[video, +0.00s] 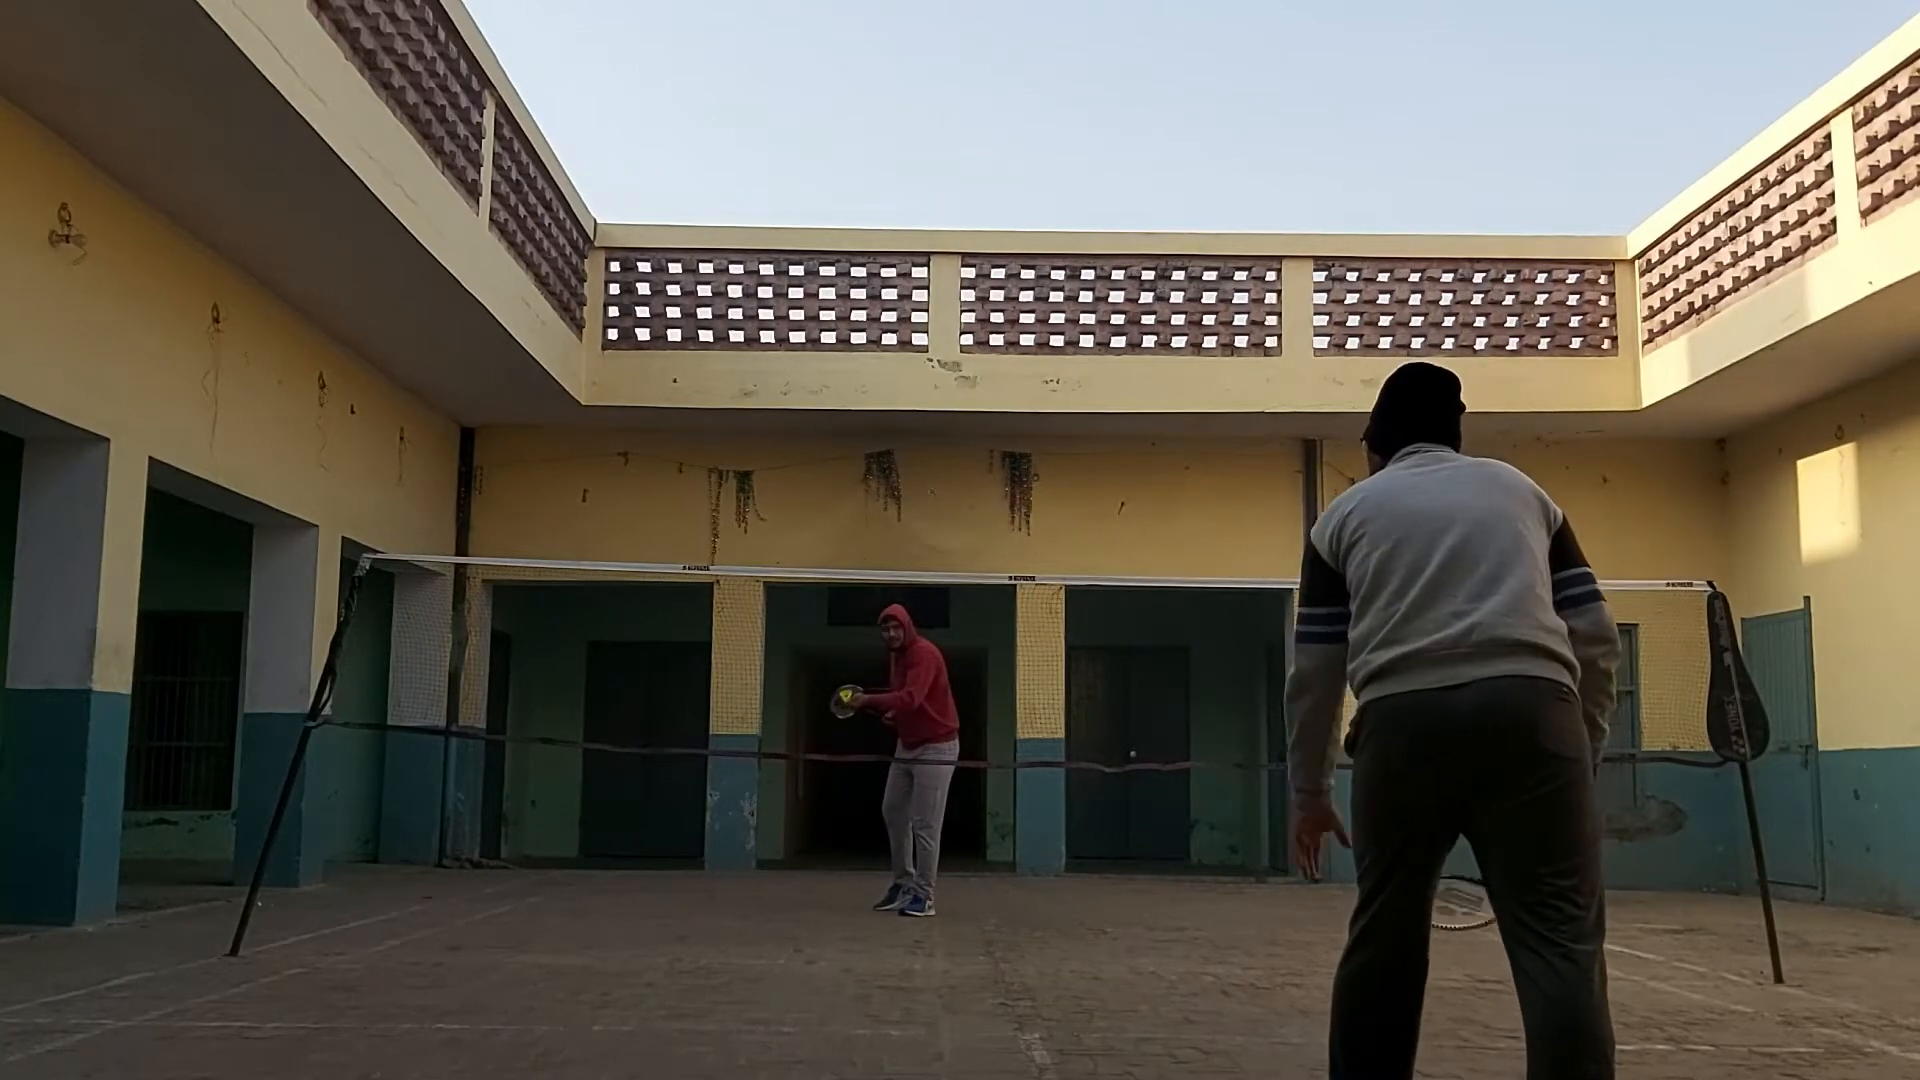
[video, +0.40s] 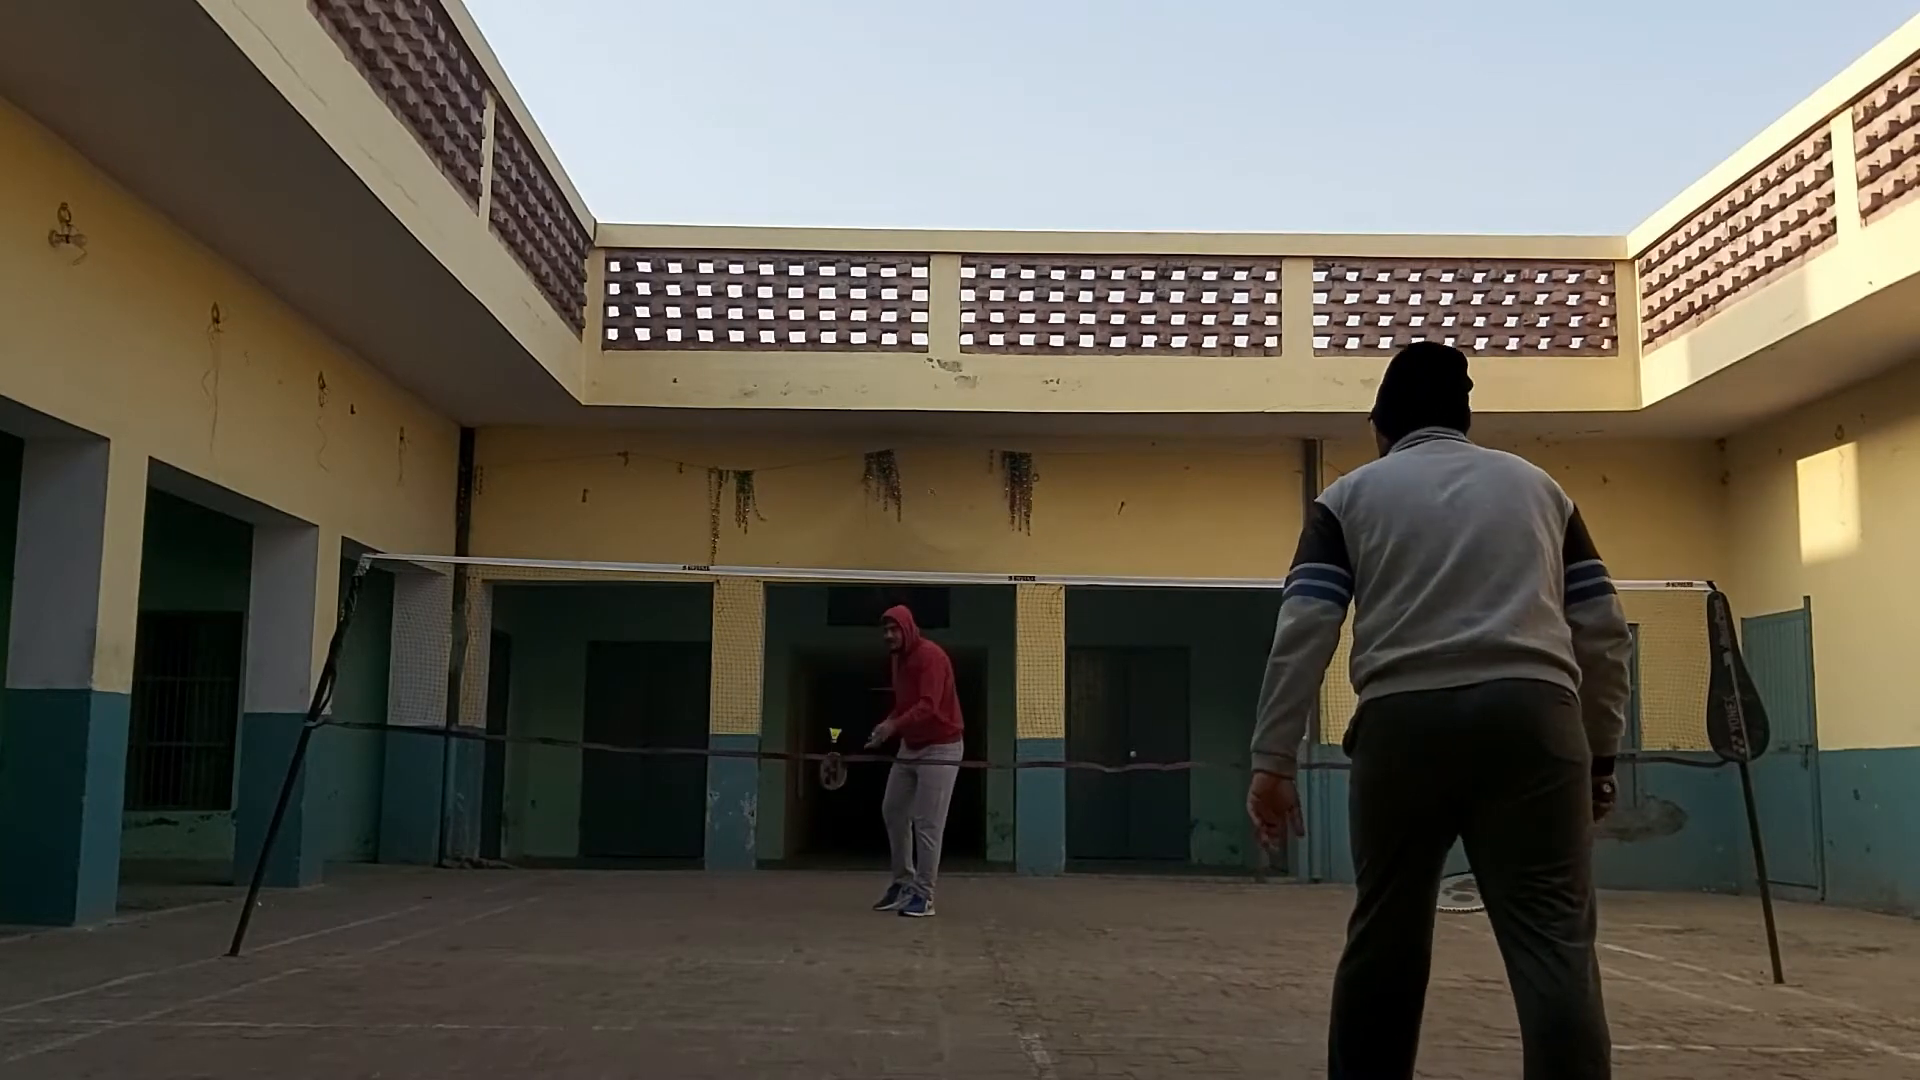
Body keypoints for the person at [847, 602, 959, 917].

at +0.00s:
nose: (892, 632)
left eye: (897, 627)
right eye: (887, 628)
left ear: (908, 628)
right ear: (883, 633)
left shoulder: (924, 653)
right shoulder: (897, 655)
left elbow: (910, 698)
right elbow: (906, 697)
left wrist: (864, 700)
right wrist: (895, 712)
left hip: (936, 747)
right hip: (908, 746)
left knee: (925, 823)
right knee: (893, 812)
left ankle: (924, 895)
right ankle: (903, 885)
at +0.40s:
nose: (888, 634)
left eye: (893, 628)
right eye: (886, 629)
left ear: (909, 629)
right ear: (887, 632)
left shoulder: (930, 655)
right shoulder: (901, 660)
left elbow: (929, 706)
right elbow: (906, 704)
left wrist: (893, 726)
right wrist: (889, 726)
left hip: (939, 750)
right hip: (911, 748)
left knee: (928, 822)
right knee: (894, 812)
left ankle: (923, 894)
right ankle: (902, 883)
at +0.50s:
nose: (897, 632)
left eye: (902, 627)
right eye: (893, 628)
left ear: (915, 628)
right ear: (890, 632)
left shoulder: (936, 655)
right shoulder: (899, 660)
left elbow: (942, 708)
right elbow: (896, 698)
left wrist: (918, 739)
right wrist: (895, 715)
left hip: (941, 751)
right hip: (910, 749)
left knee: (929, 823)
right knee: (891, 812)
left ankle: (924, 894)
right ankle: (902, 882)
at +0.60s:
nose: (906, 630)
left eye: (911, 624)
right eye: (901, 625)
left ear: (922, 627)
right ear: (896, 630)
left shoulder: (943, 656)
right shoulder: (897, 660)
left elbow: (953, 703)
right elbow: (887, 702)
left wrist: (949, 743)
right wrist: (904, 702)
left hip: (941, 750)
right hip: (909, 748)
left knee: (930, 823)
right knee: (890, 811)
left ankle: (924, 895)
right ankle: (908, 880)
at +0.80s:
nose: (928, 631)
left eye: (933, 626)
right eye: (923, 626)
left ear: (942, 631)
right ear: (915, 632)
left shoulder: (959, 661)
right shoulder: (904, 662)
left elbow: (982, 701)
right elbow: (892, 702)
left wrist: (990, 739)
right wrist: (918, 704)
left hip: (943, 753)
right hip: (908, 752)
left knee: (927, 824)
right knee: (899, 820)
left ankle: (922, 895)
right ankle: (931, 868)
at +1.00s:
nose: (942, 640)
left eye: (947, 636)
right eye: (937, 636)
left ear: (954, 642)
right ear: (928, 641)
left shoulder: (968, 673)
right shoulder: (912, 673)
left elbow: (992, 712)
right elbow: (898, 714)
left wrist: (1000, 749)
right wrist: (908, 741)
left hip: (951, 760)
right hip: (915, 760)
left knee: (937, 823)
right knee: (913, 825)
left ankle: (927, 891)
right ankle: (936, 884)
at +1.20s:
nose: (956, 635)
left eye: (961, 632)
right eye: (951, 631)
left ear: (968, 638)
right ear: (941, 636)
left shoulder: (982, 668)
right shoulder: (924, 669)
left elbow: (996, 711)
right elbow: (907, 715)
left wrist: (1001, 747)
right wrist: (897, 756)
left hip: (972, 755)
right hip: (932, 755)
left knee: (977, 813)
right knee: (932, 821)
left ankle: (962, 885)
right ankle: (936, 886)